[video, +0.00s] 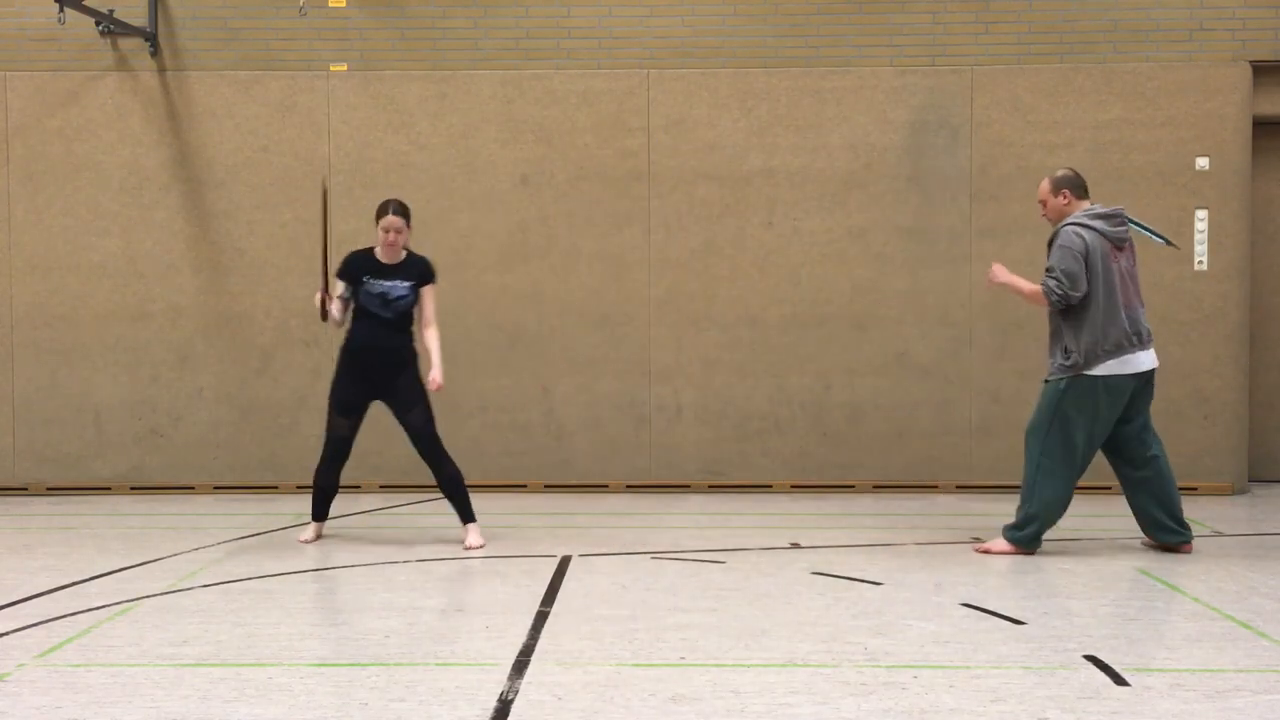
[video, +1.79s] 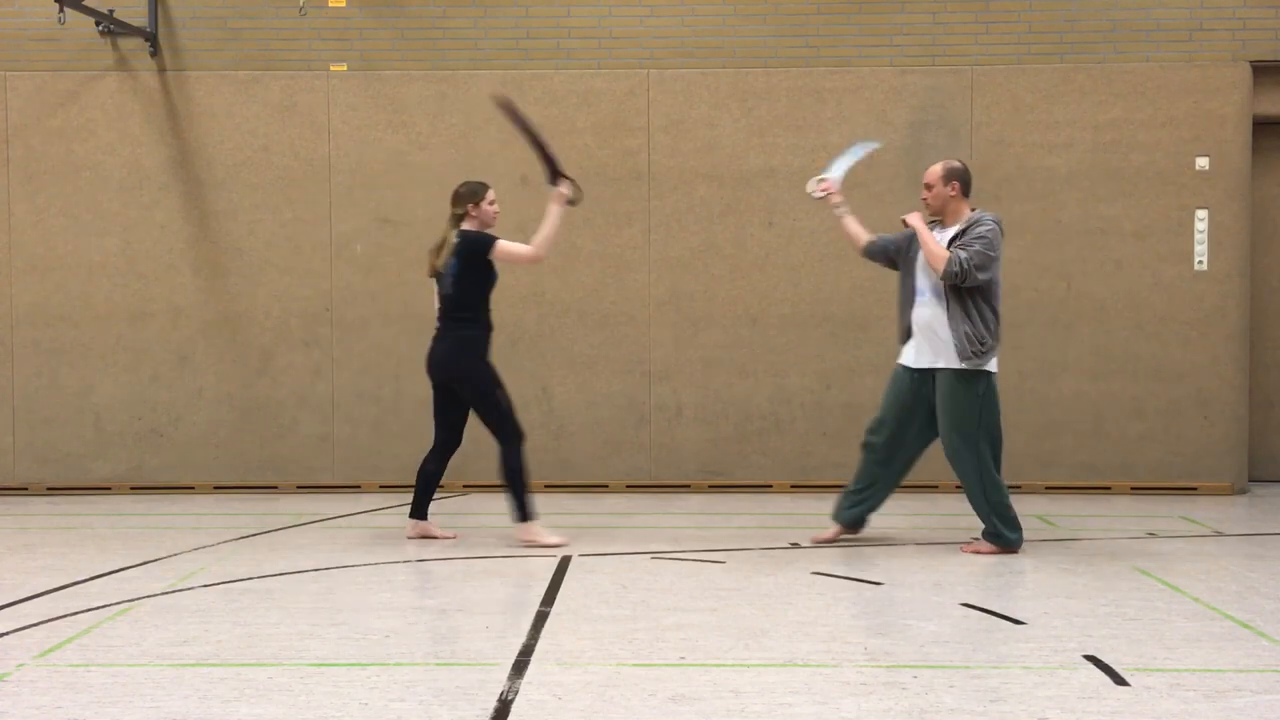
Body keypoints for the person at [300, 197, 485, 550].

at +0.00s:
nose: (392, 237)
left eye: (398, 230)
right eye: (386, 230)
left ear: (408, 232)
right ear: (376, 230)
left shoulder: (420, 268)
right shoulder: (356, 263)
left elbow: (428, 324)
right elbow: (338, 317)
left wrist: (435, 367)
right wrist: (329, 306)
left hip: (400, 369)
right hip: (355, 368)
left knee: (430, 446)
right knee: (336, 447)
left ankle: (470, 525)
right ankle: (316, 522)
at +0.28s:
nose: (397, 222)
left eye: (399, 215)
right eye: (391, 215)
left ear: (388, 219)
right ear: (368, 217)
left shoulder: (387, 263)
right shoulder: (339, 253)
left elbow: (393, 320)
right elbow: (324, 299)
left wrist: (416, 361)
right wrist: (337, 249)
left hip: (367, 363)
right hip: (327, 362)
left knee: (406, 434)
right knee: (328, 445)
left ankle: (413, 520)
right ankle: (315, 523)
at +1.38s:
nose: (401, 228)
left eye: (401, 221)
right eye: (395, 222)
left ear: (387, 225)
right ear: (375, 225)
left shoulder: (394, 272)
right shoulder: (347, 258)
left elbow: (411, 329)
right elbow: (343, 269)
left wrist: (440, 368)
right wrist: (345, 219)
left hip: (378, 376)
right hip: (338, 373)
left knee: (426, 439)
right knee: (318, 449)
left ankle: (416, 521)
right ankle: (282, 522)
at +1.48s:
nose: (432, 219)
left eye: (432, 212)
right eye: (426, 213)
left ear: (425, 217)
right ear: (407, 214)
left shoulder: (418, 262)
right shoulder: (385, 252)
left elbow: (418, 321)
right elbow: (409, 247)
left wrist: (441, 364)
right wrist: (400, 197)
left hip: (409, 366)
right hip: (377, 363)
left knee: (438, 442)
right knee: (357, 446)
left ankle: (418, 521)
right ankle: (300, 504)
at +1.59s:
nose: (454, 212)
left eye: (453, 206)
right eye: (448, 206)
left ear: (431, 212)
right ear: (431, 211)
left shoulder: (430, 251)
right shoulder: (414, 244)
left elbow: (422, 314)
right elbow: (461, 240)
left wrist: (439, 361)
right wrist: (453, 191)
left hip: (428, 362)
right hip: (404, 361)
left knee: (442, 442)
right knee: (413, 445)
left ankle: (418, 521)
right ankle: (358, 502)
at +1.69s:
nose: (476, 208)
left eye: (475, 201)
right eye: (470, 202)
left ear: (449, 209)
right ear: (451, 208)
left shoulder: (437, 241)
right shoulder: (445, 240)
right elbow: (500, 243)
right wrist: (507, 189)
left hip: (428, 354)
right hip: (435, 356)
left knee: (443, 440)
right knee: (470, 433)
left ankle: (418, 520)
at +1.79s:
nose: (497, 208)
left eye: (495, 202)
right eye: (491, 203)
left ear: (467, 211)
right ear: (472, 209)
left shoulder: (450, 245)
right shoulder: (476, 242)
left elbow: (442, 305)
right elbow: (534, 251)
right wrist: (558, 201)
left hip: (444, 356)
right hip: (466, 358)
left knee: (446, 441)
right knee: (510, 435)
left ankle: (417, 520)